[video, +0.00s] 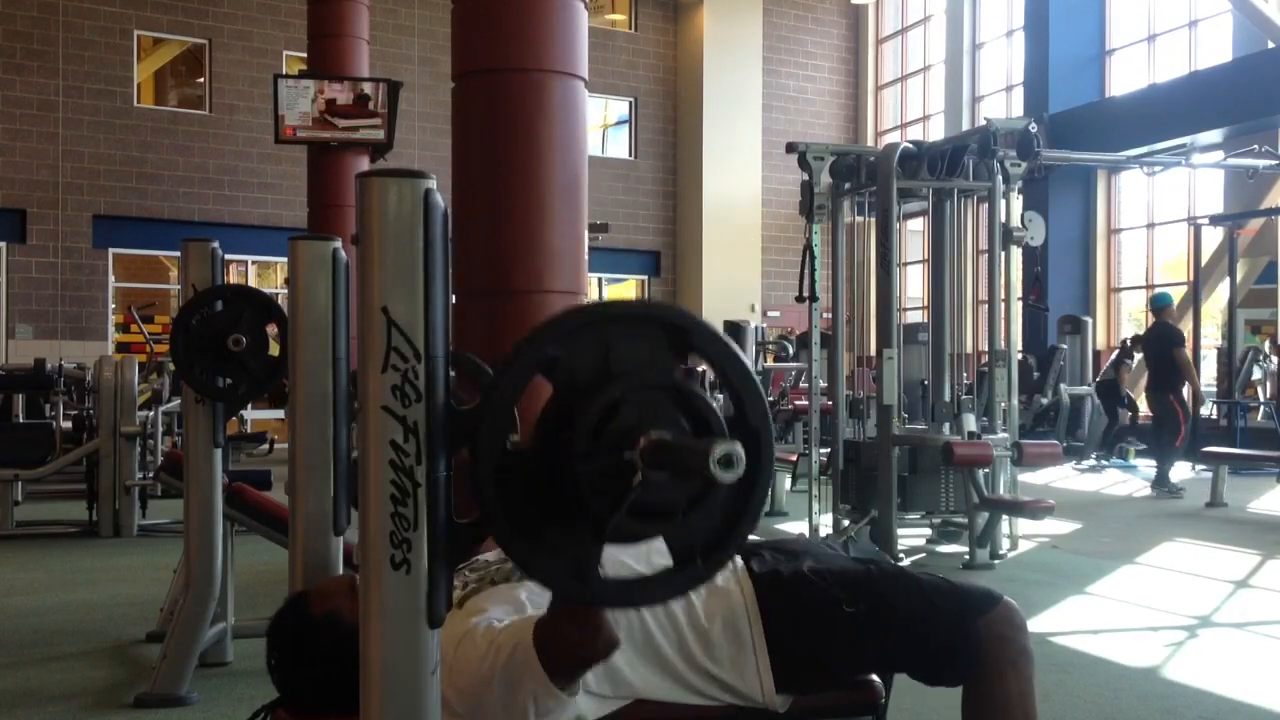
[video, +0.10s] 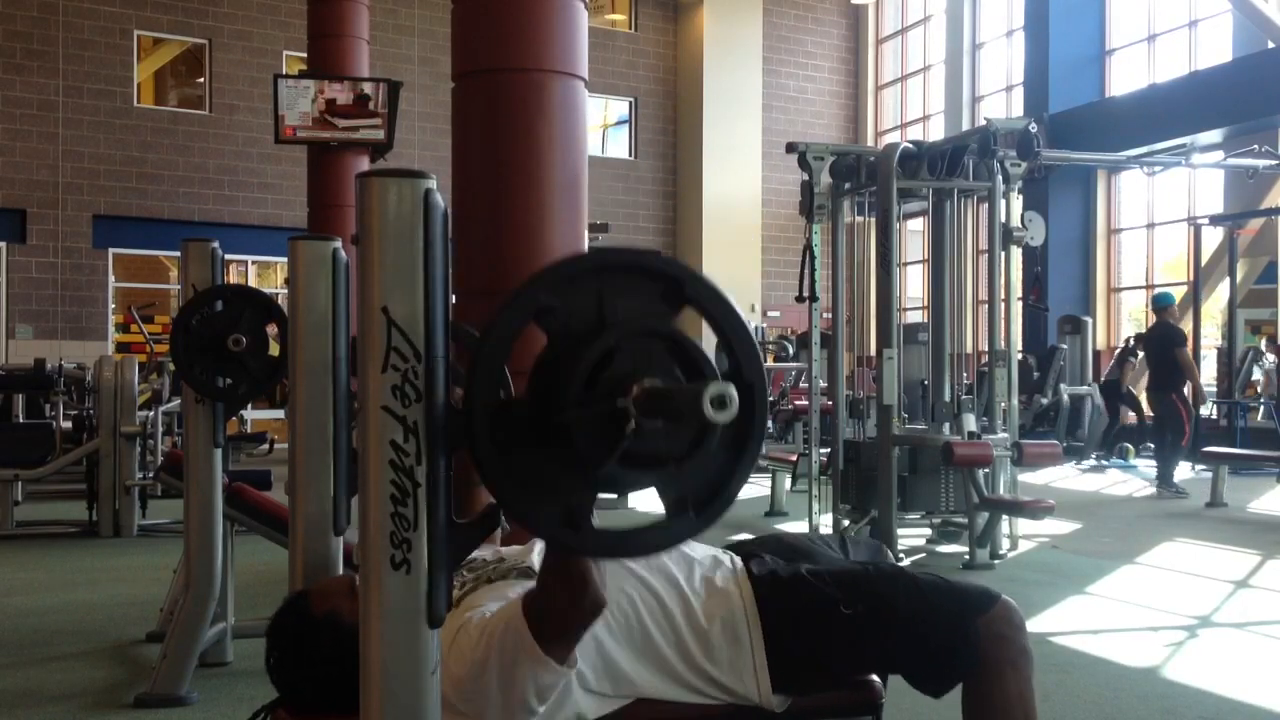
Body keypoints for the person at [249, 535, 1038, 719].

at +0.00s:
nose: (368, 583)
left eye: (355, 584)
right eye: (352, 598)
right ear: (357, 645)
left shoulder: (455, 625)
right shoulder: (450, 673)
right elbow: (575, 644)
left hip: (707, 590)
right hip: (732, 609)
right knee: (989, 625)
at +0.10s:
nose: (369, 578)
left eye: (356, 579)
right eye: (352, 594)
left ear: (372, 620)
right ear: (358, 648)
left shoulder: (450, 614)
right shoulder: (459, 676)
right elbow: (572, 606)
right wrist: (551, 479)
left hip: (731, 585)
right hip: (745, 610)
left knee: (855, 698)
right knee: (988, 624)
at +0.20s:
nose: (368, 571)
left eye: (353, 571)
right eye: (352, 589)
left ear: (343, 674)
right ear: (356, 655)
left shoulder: (443, 635)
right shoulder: (474, 684)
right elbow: (556, 562)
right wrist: (536, 429)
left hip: (734, 601)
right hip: (759, 609)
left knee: (855, 693)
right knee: (990, 624)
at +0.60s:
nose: (357, 572)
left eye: (338, 576)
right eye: (342, 590)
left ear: (344, 654)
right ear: (356, 639)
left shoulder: (454, 649)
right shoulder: (474, 662)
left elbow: (492, 495)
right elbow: (510, 482)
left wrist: (503, 351)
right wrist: (531, 312)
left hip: (717, 591)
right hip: (749, 613)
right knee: (987, 625)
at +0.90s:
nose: (355, 575)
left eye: (336, 580)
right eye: (338, 595)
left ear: (346, 659)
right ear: (355, 646)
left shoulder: (436, 627)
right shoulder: (475, 668)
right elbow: (549, 525)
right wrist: (523, 349)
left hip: (721, 593)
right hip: (741, 614)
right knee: (987, 627)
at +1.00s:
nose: (356, 566)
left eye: (338, 568)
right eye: (341, 585)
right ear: (345, 642)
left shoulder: (440, 608)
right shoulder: (457, 670)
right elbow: (568, 586)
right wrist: (539, 448)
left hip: (733, 588)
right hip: (748, 614)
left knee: (865, 689)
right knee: (985, 626)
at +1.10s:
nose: (361, 577)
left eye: (346, 578)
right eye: (346, 592)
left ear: (370, 590)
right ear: (351, 642)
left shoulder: (463, 599)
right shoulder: (453, 666)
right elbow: (580, 628)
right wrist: (555, 490)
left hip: (730, 583)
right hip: (740, 615)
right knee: (986, 627)